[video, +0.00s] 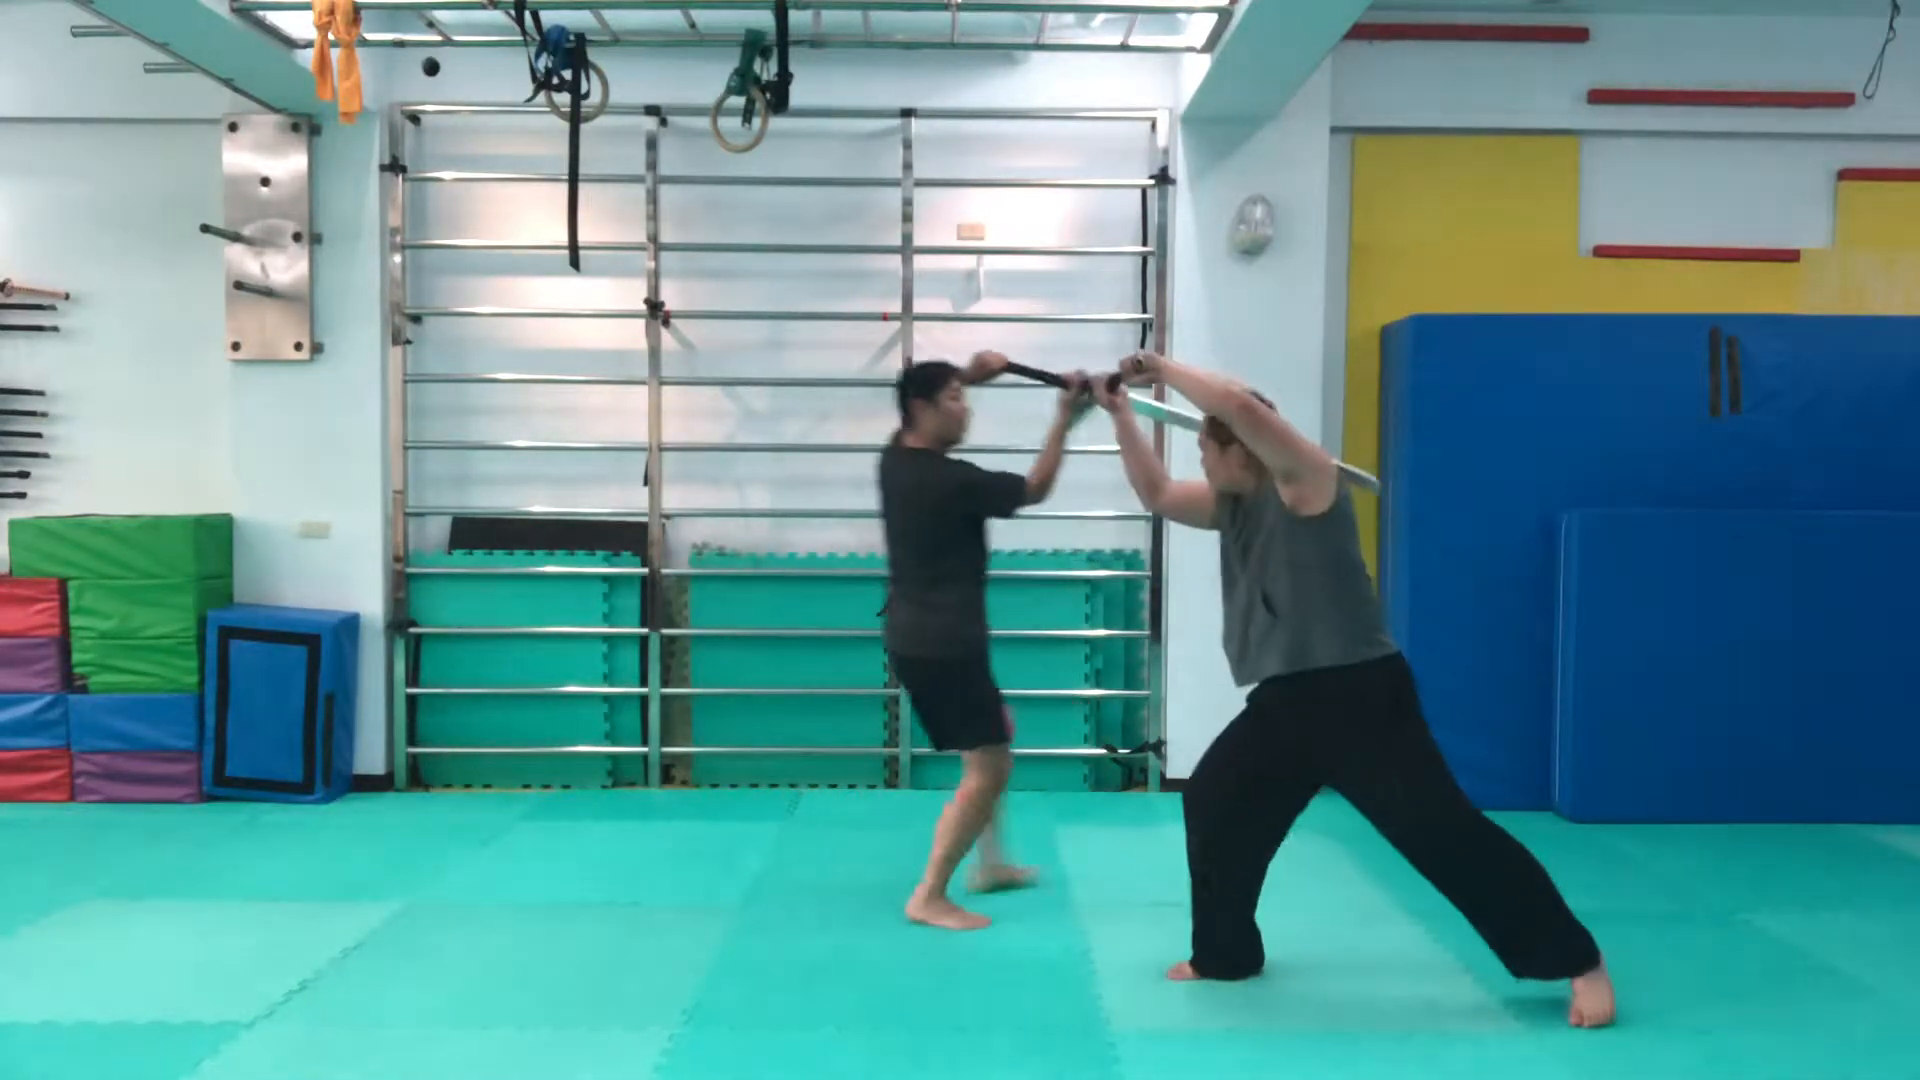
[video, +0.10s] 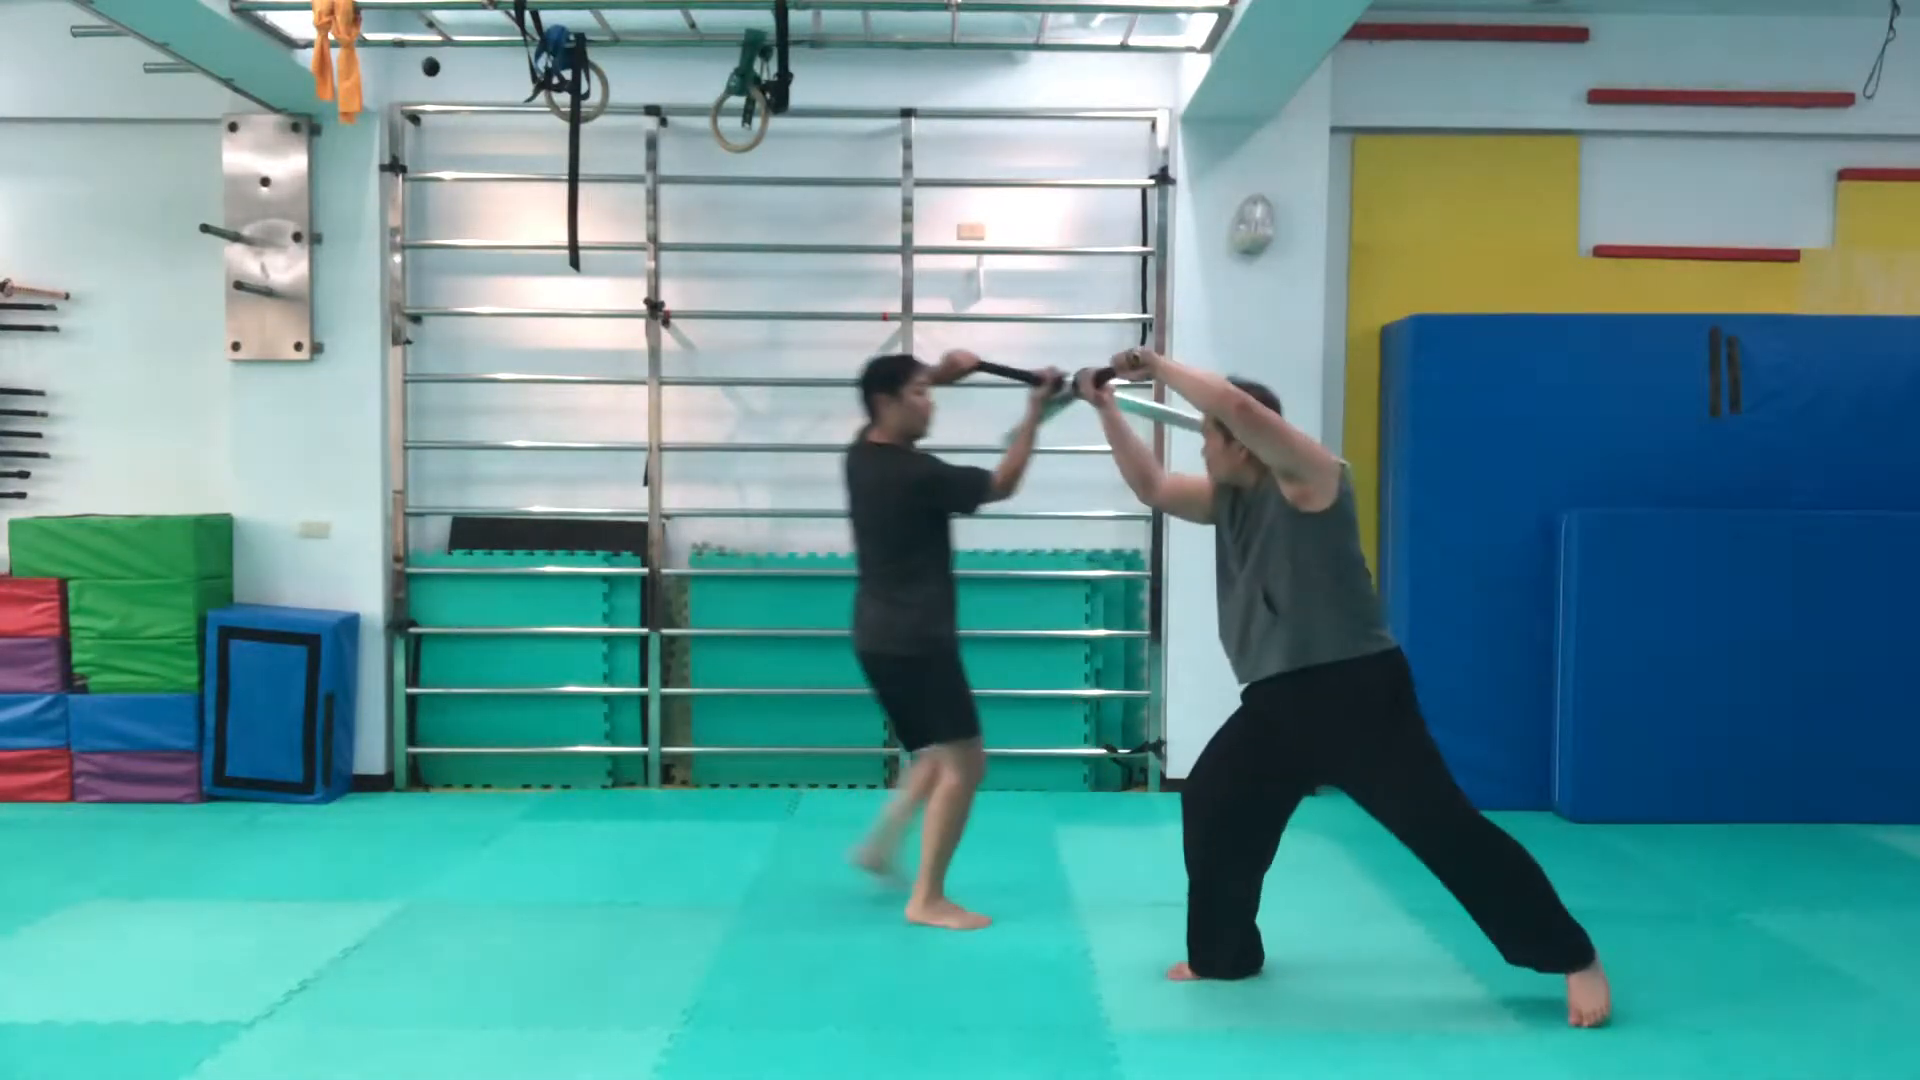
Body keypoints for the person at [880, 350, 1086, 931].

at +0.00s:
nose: (965, 410)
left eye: (964, 400)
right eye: (956, 401)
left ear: (915, 413)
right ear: (925, 411)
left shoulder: (895, 462)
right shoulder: (952, 479)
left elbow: (928, 420)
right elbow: (1035, 487)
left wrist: (969, 377)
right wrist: (1063, 418)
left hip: (914, 642)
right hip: (948, 648)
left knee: (993, 736)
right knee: (988, 765)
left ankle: (990, 866)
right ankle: (929, 896)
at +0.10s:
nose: (929, 403)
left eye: (927, 393)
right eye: (919, 395)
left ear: (882, 407)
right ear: (888, 404)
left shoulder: (861, 457)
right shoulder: (917, 472)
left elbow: (896, 415)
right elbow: (1001, 483)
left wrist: (938, 376)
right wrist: (1033, 413)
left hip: (879, 641)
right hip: (920, 644)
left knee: (936, 753)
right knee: (964, 761)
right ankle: (927, 898)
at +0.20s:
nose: (887, 404)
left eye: (886, 394)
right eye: (878, 395)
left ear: (841, 405)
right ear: (844, 404)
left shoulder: (825, 458)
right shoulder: (875, 473)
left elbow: (861, 411)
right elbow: (962, 486)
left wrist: (901, 380)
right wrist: (1000, 416)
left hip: (849, 642)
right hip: (889, 644)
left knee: (887, 753)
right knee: (940, 762)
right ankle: (925, 900)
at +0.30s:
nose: (846, 407)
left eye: (844, 398)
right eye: (834, 400)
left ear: (802, 413)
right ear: (800, 412)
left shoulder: (787, 464)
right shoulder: (826, 480)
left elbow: (826, 409)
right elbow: (919, 495)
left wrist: (868, 394)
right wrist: (958, 427)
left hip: (811, 647)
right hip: (847, 650)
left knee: (809, 760)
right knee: (904, 760)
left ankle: (697, 858)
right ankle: (922, 901)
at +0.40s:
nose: (808, 413)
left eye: (804, 400)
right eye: (794, 403)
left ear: (757, 419)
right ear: (760, 416)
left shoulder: (744, 471)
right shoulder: (781, 486)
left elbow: (785, 453)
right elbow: (876, 511)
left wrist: (825, 427)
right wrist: (916, 452)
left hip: (759, 657)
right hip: (793, 661)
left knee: (741, 775)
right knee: (864, 767)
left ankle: (663, 890)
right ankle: (911, 898)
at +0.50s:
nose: (774, 404)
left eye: (771, 393)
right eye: (761, 396)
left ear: (726, 411)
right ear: (727, 409)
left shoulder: (706, 471)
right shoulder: (746, 481)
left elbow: (744, 506)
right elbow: (830, 531)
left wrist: (788, 471)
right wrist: (875, 493)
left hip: (719, 657)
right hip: (752, 658)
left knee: (721, 774)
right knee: (827, 758)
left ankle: (657, 895)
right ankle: (857, 896)